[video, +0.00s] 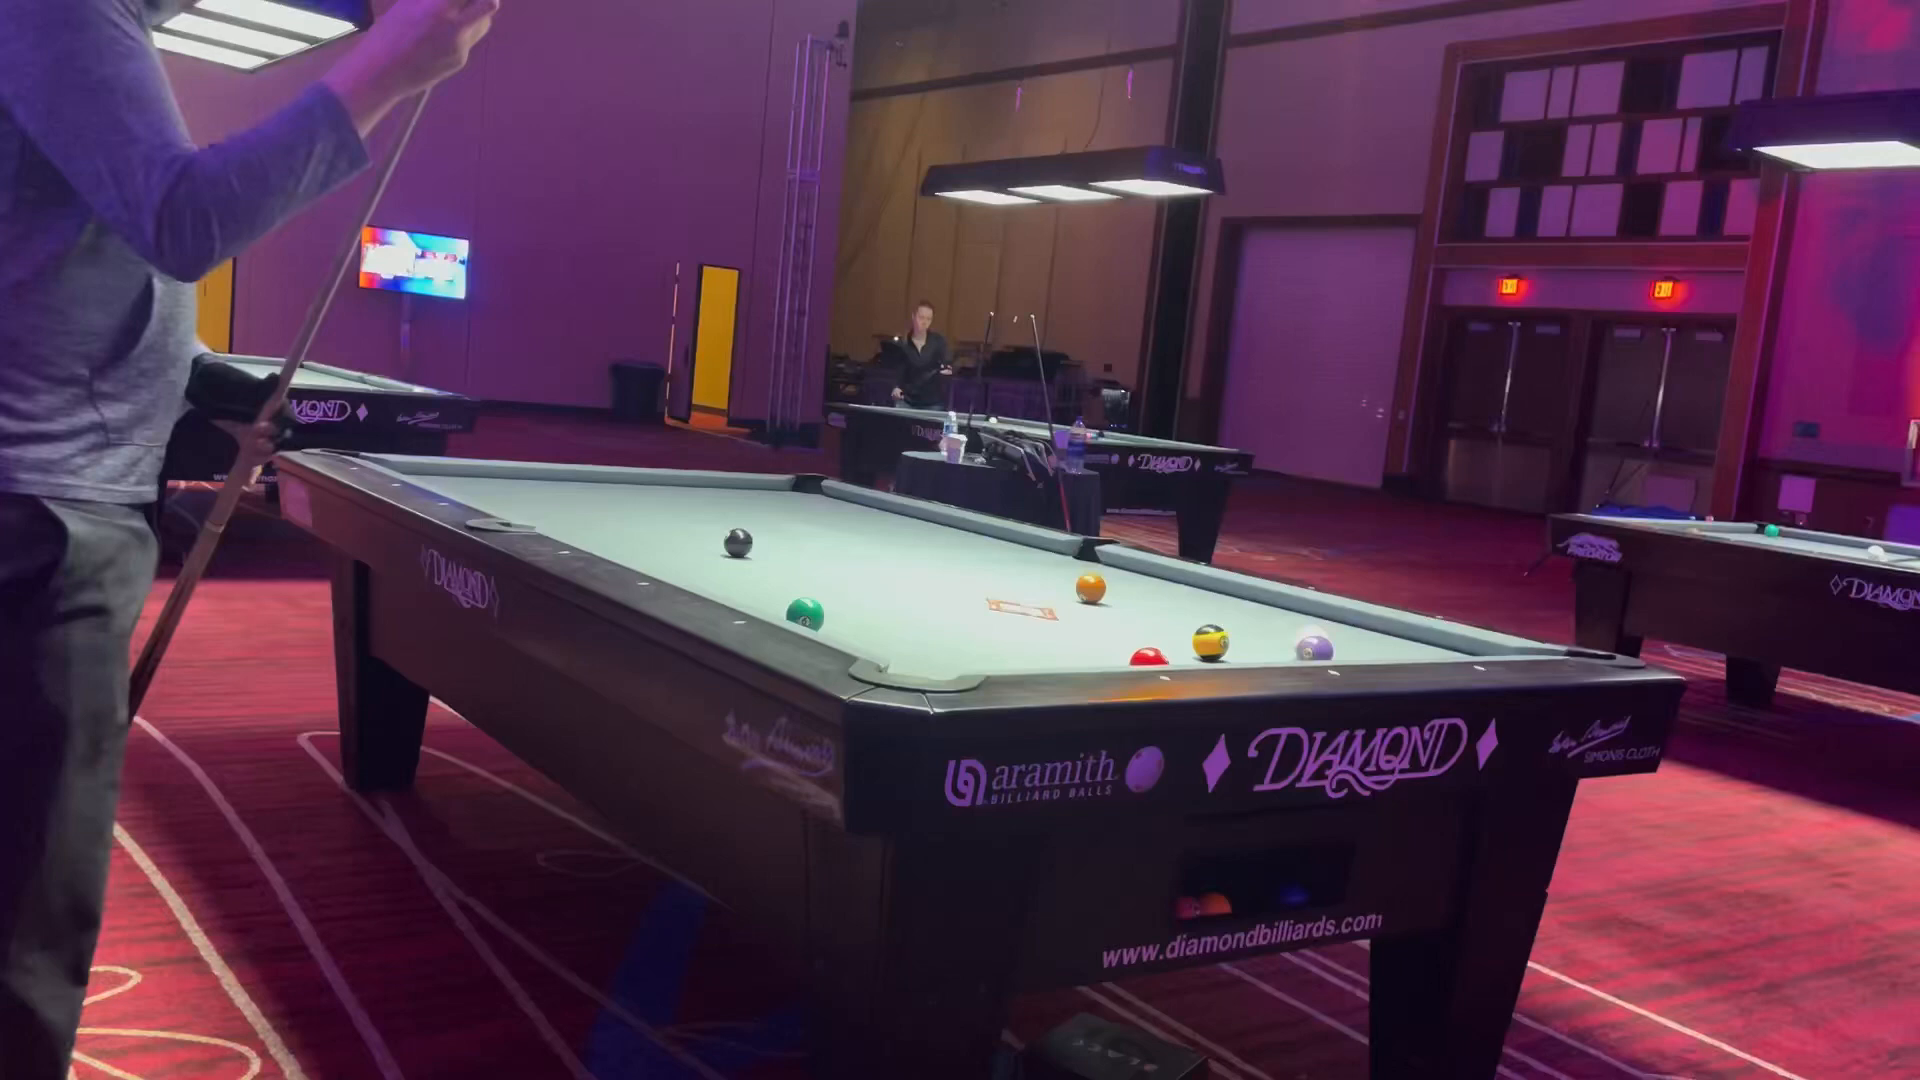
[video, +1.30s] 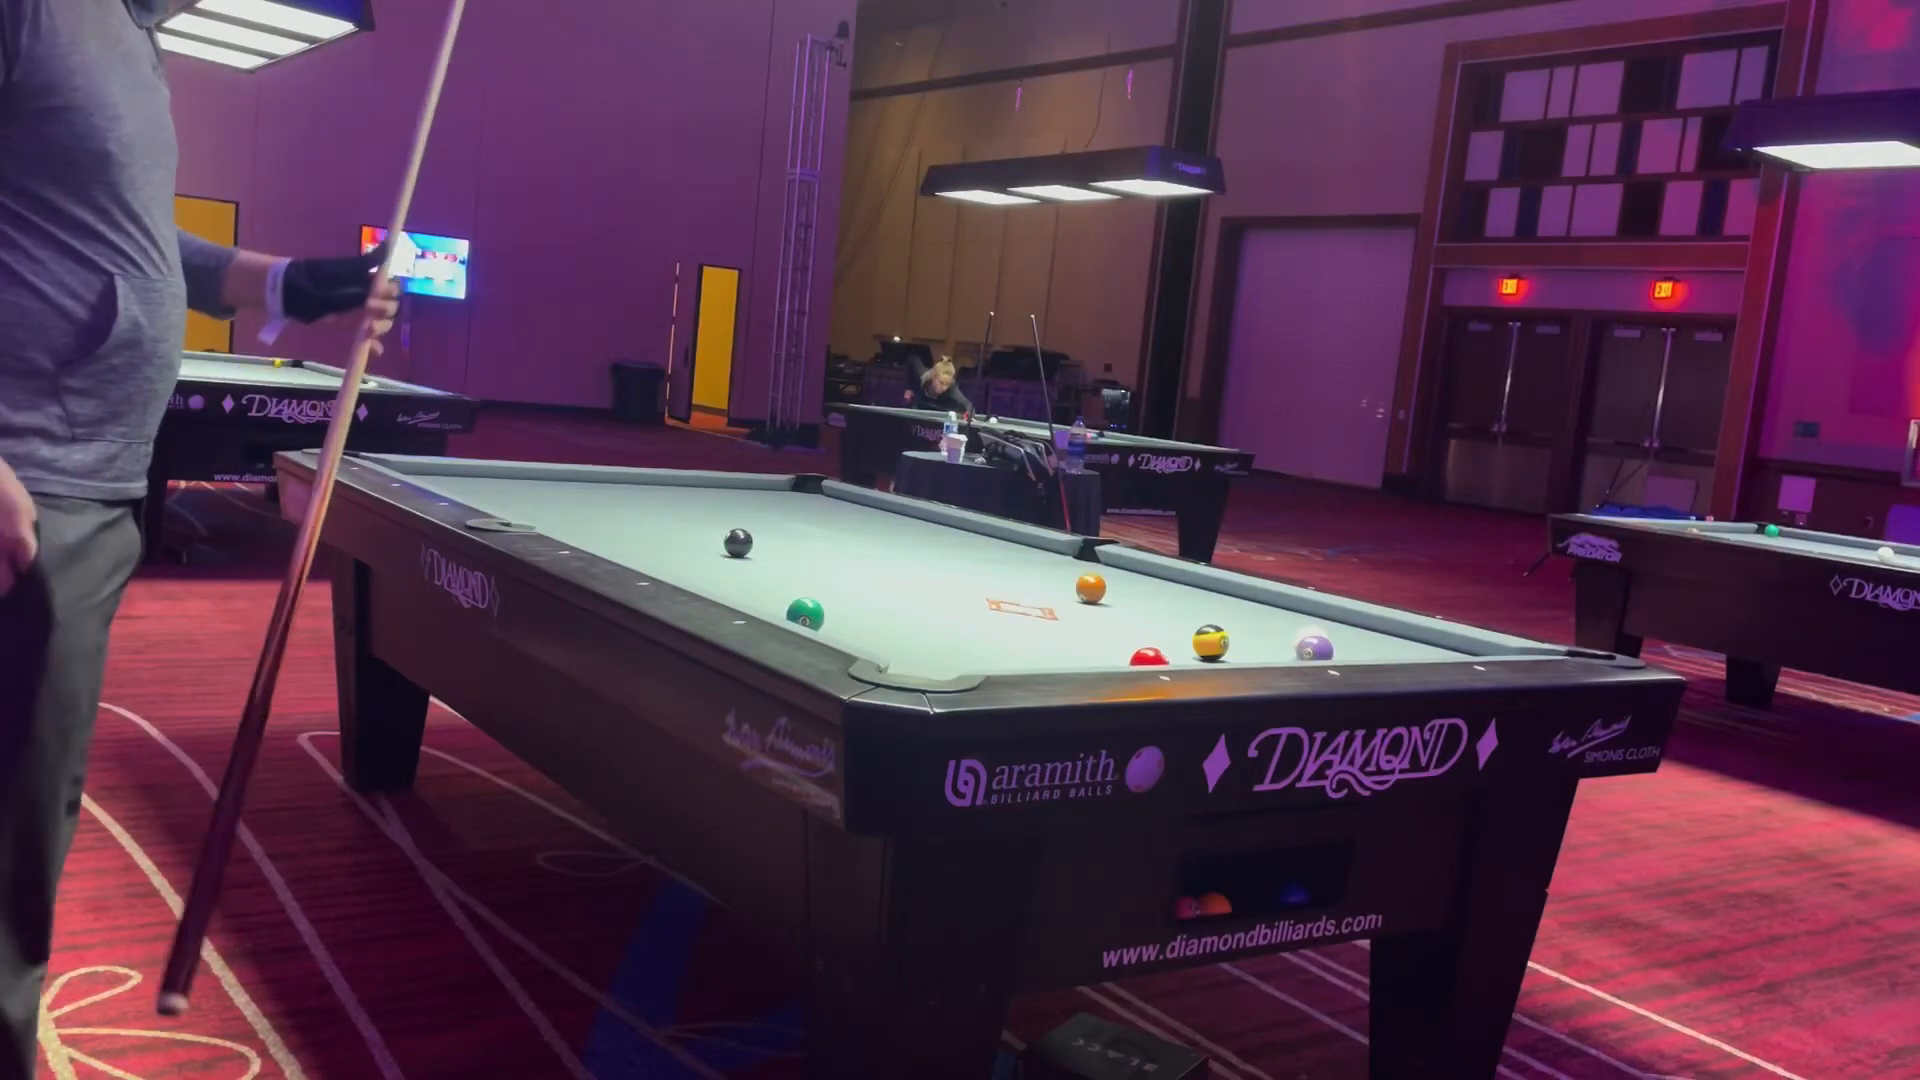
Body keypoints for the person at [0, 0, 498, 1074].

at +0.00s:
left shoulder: (88, 25)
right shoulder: (57, 20)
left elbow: (86, 276)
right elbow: (180, 219)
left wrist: (230, 398)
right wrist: (391, 60)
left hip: (78, 509)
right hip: (51, 518)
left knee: (47, 901)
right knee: (43, 915)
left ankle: (41, 1046)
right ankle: (36, 1055)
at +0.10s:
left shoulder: (72, 26)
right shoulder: (49, 20)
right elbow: (166, 218)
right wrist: (371, 61)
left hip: (67, 506)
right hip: (46, 514)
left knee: (40, 883)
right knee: (36, 905)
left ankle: (31, 1046)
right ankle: (26, 1055)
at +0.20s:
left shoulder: (85, 28)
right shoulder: (45, 24)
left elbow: (72, 276)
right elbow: (148, 216)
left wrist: (212, 388)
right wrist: (359, 59)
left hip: (70, 506)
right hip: (41, 515)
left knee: (40, 866)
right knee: (33, 893)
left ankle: (31, 1044)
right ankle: (23, 1053)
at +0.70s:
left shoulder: (101, 27)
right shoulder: (34, 22)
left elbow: (105, 256)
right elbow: (28, 216)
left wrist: (213, 371)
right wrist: (280, 126)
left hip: (72, 504)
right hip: (26, 510)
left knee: (34, 826)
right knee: (18, 849)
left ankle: (21, 1032)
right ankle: (13, 1044)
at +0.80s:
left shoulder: (107, 31)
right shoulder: (36, 19)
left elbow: (98, 239)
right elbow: (13, 205)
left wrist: (227, 355)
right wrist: (251, 228)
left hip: (79, 498)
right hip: (32, 500)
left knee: (35, 814)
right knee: (20, 828)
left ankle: (18, 1031)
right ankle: (12, 1043)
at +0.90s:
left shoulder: (110, 22)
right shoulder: (36, 15)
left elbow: (86, 242)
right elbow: (11, 233)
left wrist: (219, 335)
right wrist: (201, 327)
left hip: (72, 495)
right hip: (29, 502)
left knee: (33, 799)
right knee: (22, 811)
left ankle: (20, 1033)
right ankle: (14, 1041)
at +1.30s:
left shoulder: (121, 22)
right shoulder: (33, 19)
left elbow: (102, 237)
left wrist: (282, 286)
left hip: (87, 507)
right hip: (31, 514)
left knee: (35, 843)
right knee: (17, 855)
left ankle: (20, 1044)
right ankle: (14, 1048)